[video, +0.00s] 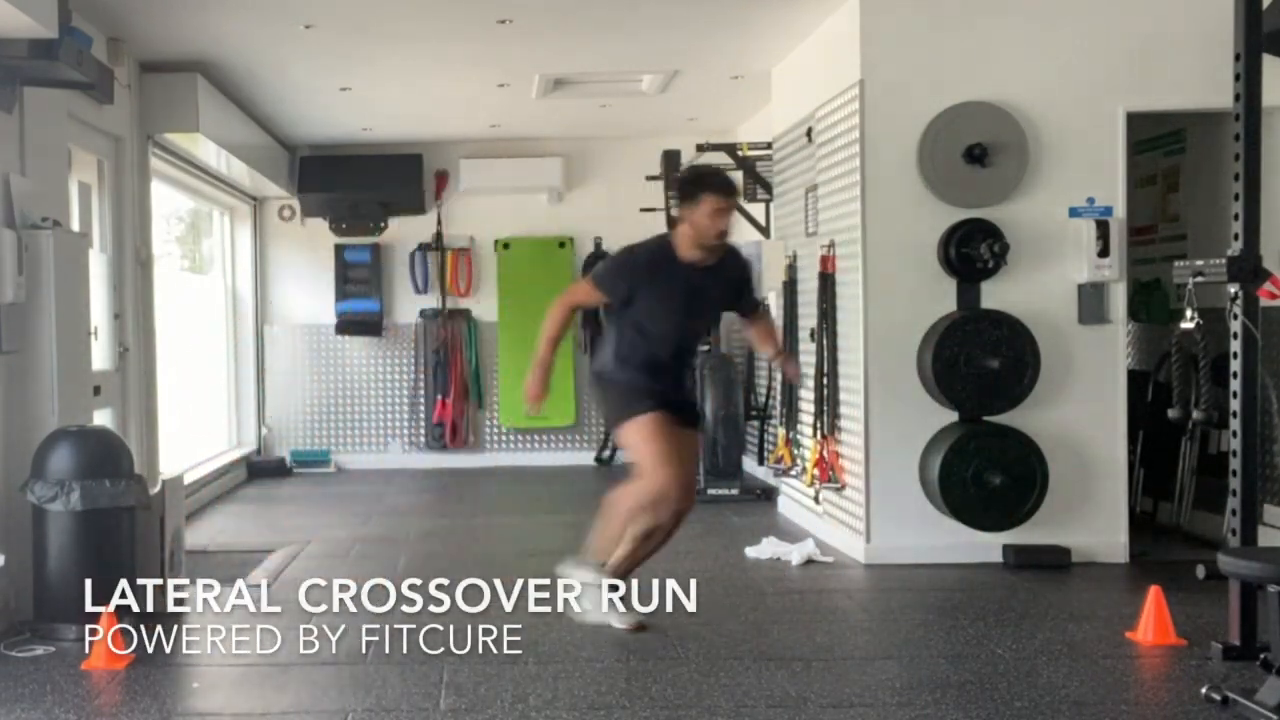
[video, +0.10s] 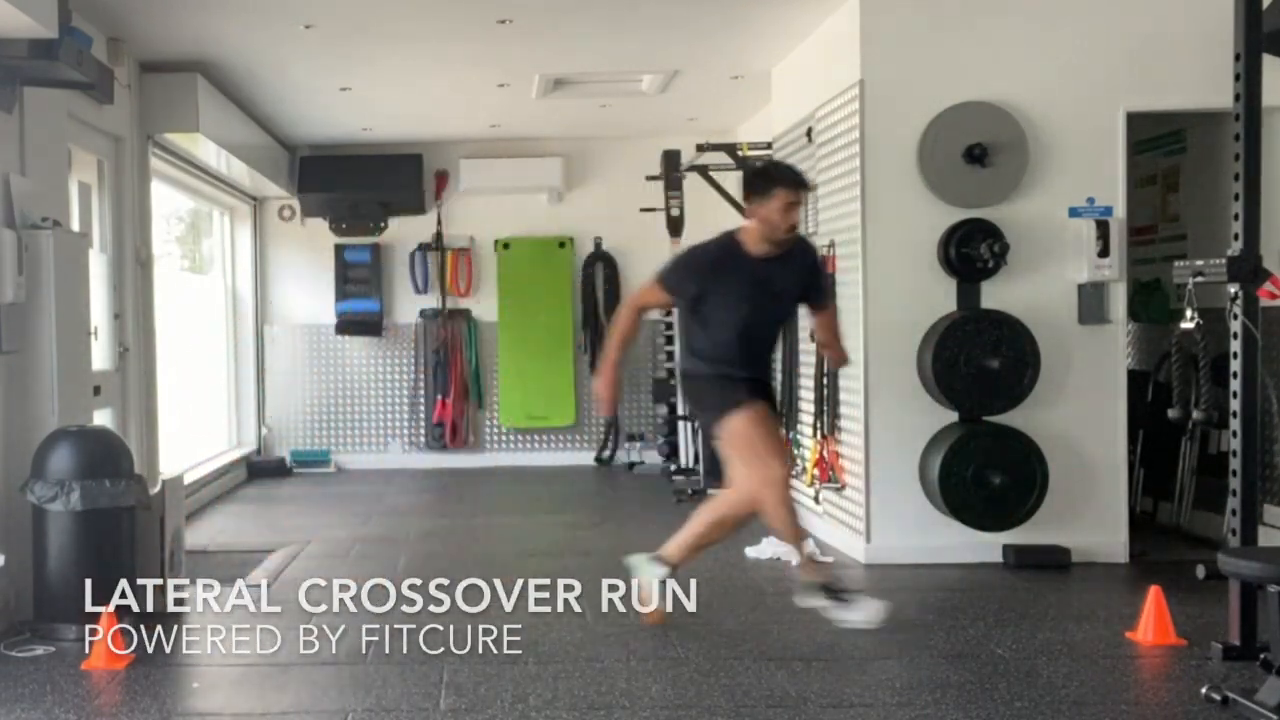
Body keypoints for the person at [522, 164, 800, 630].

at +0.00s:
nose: (726, 224)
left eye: (730, 214)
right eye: (717, 213)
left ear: (730, 215)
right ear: (686, 213)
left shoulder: (729, 268)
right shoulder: (640, 263)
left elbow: (754, 318)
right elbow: (566, 301)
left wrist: (778, 354)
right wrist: (539, 371)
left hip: (676, 386)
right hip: (625, 380)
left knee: (678, 498)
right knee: (659, 479)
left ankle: (608, 582)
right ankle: (585, 566)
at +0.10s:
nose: (794, 217)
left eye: (797, 207)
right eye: (785, 207)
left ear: (799, 207)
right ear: (753, 208)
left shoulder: (801, 259)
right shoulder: (709, 259)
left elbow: (822, 308)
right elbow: (635, 304)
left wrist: (831, 345)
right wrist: (606, 373)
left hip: (756, 382)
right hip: (711, 379)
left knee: (750, 489)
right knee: (770, 465)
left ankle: (659, 564)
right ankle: (808, 571)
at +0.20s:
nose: (853, 226)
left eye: (859, 216)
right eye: (841, 216)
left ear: (864, 219)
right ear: (813, 220)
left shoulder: (867, 271)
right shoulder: (781, 278)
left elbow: (881, 327)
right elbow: (709, 332)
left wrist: (903, 376)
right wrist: (698, 402)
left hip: (836, 390)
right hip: (784, 395)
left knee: (880, 496)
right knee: (862, 482)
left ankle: (782, 546)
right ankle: (894, 594)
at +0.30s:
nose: (903, 238)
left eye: (913, 228)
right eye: (891, 228)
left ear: (922, 231)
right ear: (869, 233)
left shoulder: (929, 280)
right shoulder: (843, 287)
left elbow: (945, 342)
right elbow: (783, 353)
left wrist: (959, 397)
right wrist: (815, 398)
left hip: (900, 397)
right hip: (845, 403)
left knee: (980, 471)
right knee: (900, 475)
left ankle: (964, 558)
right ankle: (896, 590)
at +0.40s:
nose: (950, 256)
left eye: (960, 245)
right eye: (938, 246)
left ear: (975, 247)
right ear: (921, 250)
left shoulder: (990, 294)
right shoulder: (897, 299)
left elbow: (997, 345)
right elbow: (833, 363)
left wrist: (1005, 396)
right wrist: (890, 378)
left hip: (966, 409)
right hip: (897, 413)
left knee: (1033, 490)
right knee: (920, 476)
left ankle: (1088, 572)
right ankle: (918, 588)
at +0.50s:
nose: (986, 277)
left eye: (995, 264)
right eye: (973, 267)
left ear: (1012, 265)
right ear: (955, 271)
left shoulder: (1032, 311)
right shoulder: (929, 318)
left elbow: (1051, 365)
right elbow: (874, 370)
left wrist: (1062, 413)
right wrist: (893, 407)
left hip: (1005, 418)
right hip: (936, 422)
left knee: (1076, 493)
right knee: (949, 480)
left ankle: (1099, 578)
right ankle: (944, 587)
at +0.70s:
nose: (973, 275)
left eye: (984, 263)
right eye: (960, 265)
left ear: (1002, 264)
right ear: (945, 269)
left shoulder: (1026, 304)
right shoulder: (919, 314)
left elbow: (1065, 345)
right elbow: (858, 359)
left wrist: (1090, 403)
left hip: (1007, 408)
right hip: (935, 415)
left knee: (1068, 485)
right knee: (961, 498)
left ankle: (1101, 575)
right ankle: (990, 560)